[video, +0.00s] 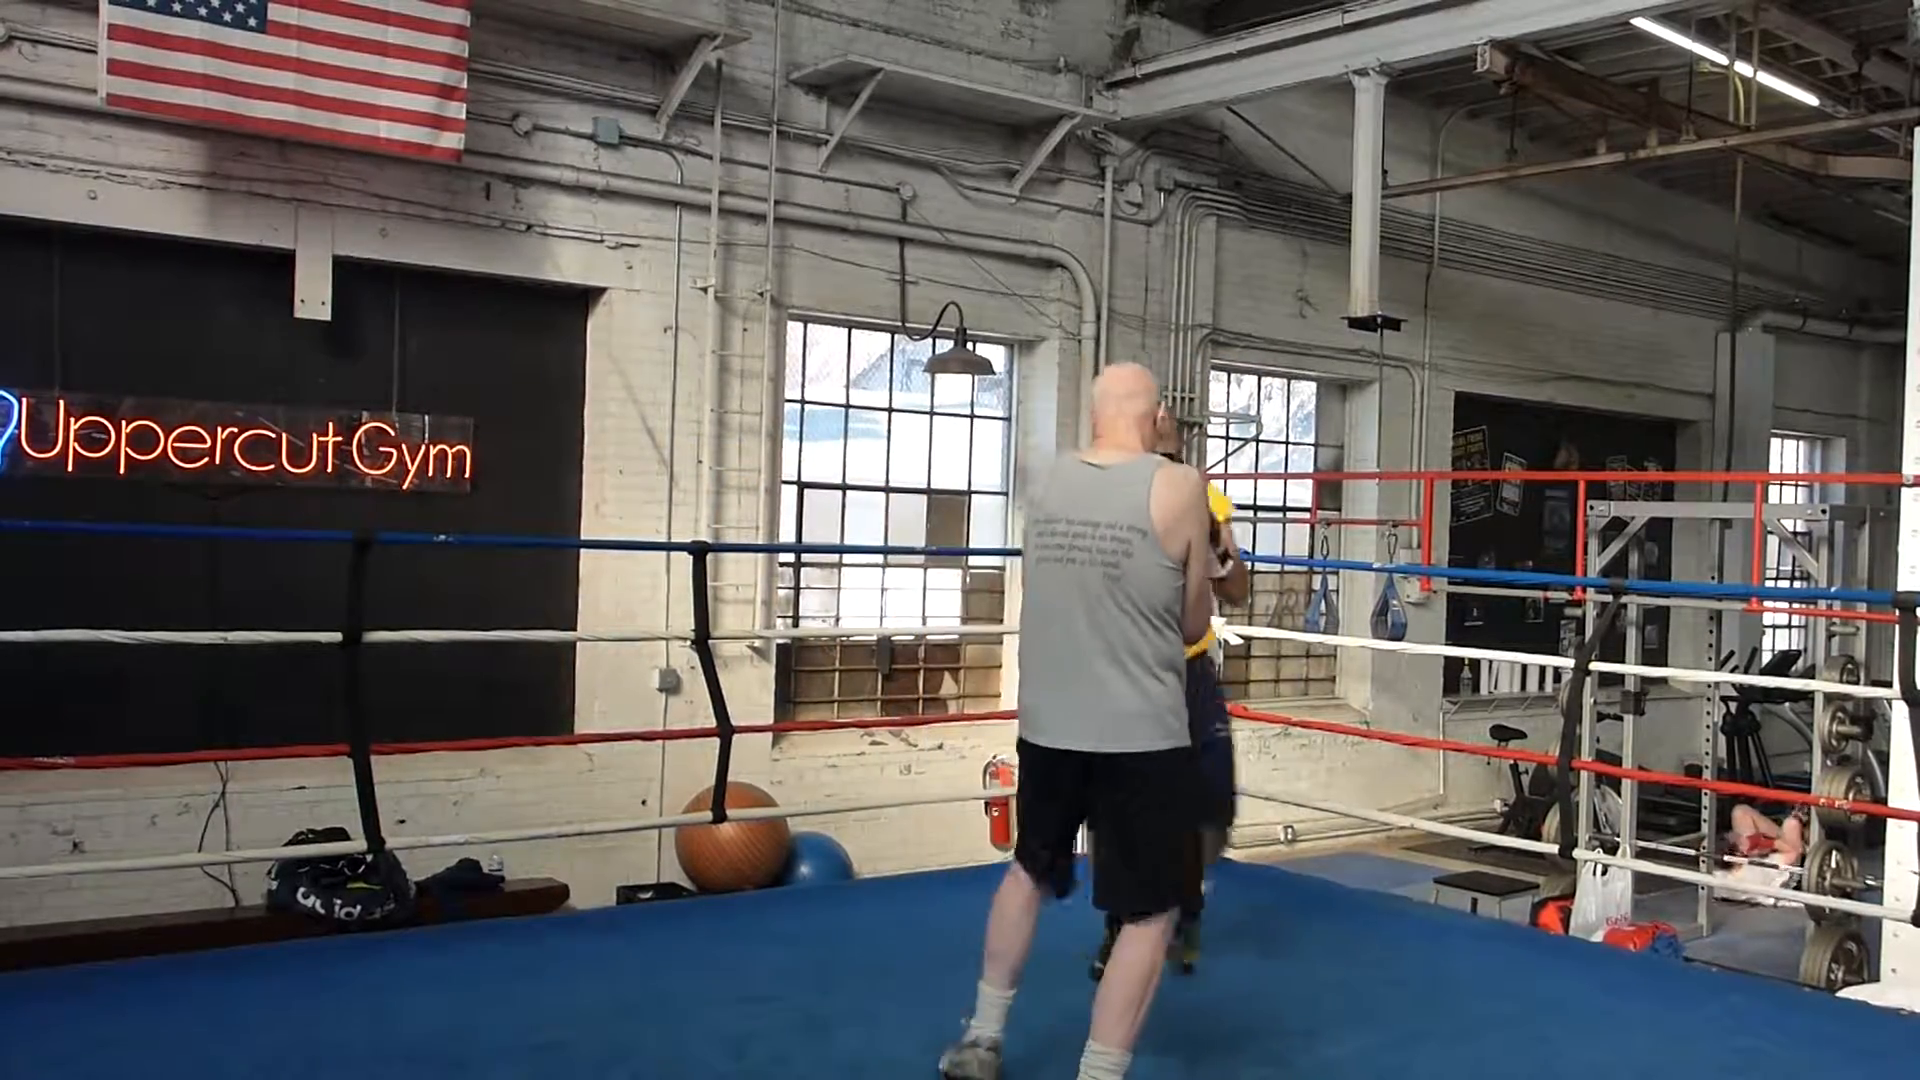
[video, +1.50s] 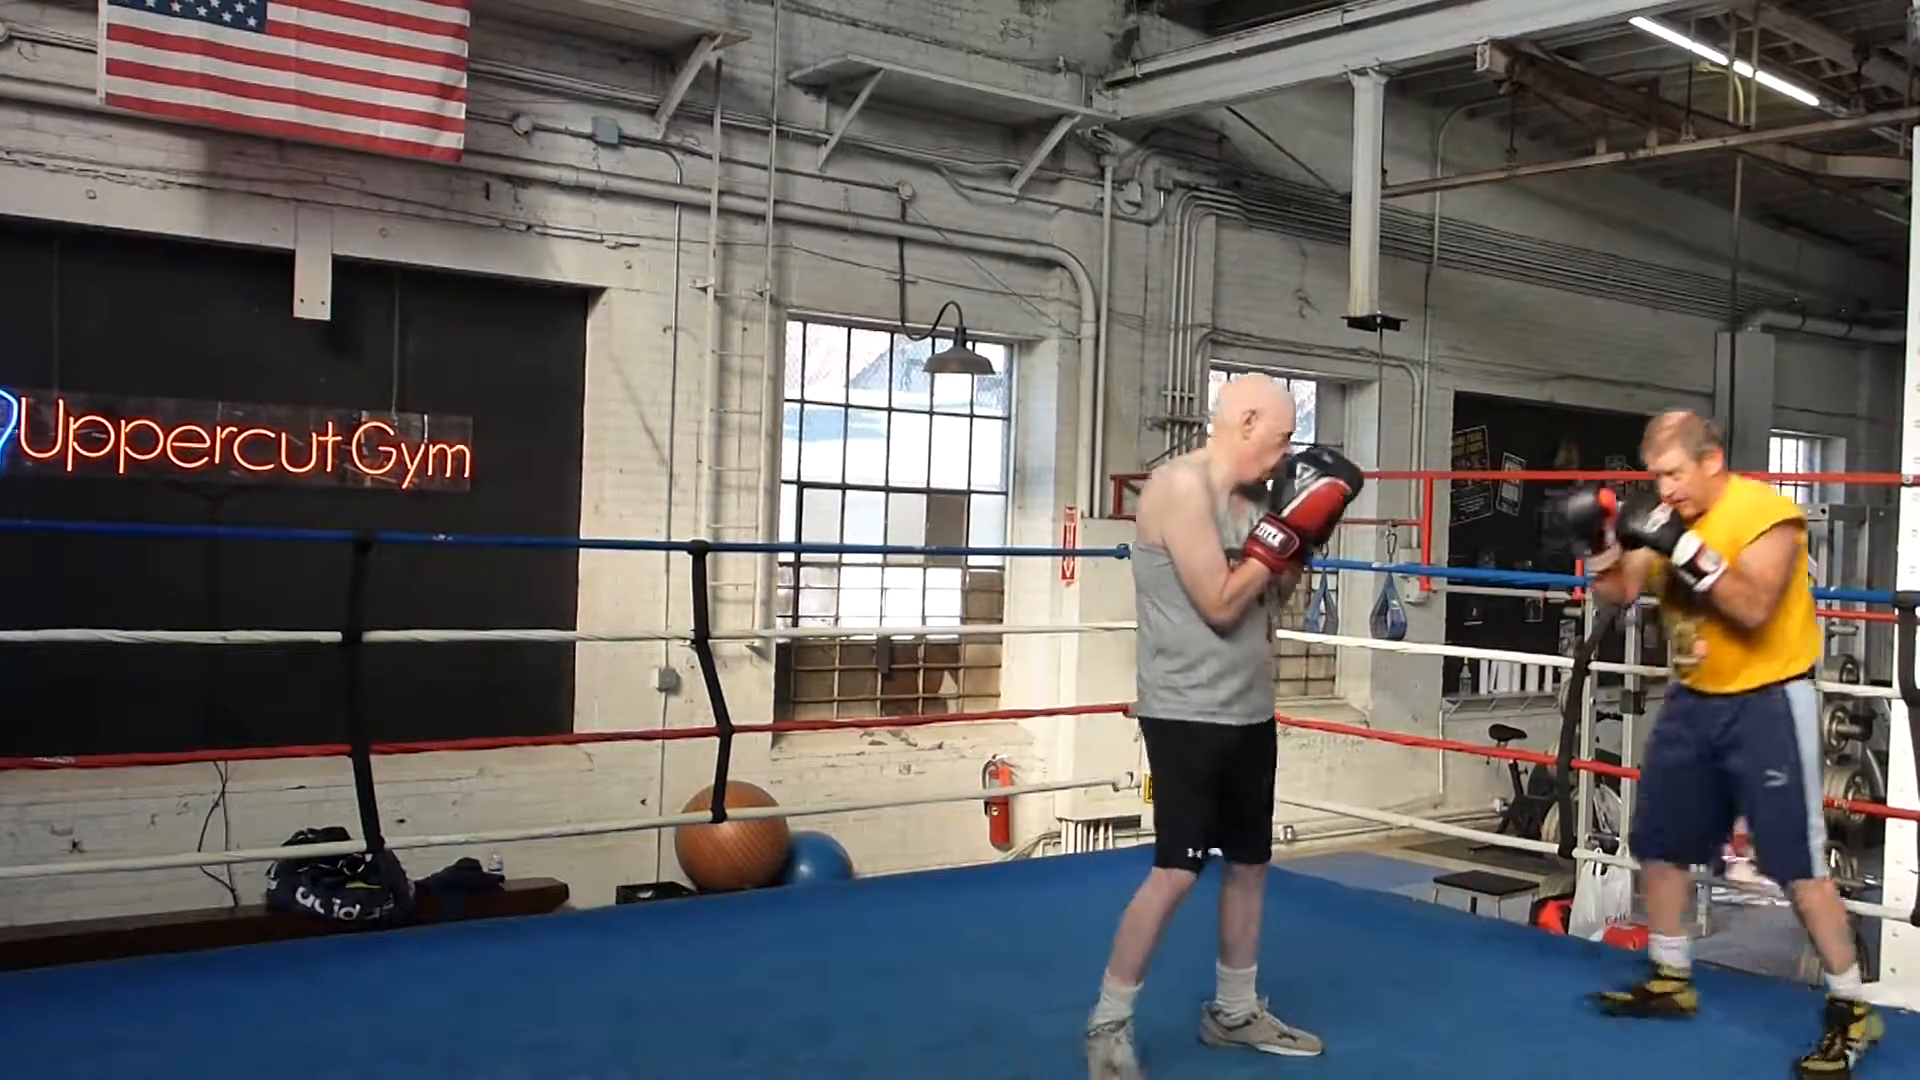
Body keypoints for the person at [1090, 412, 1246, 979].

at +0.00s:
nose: (1161, 442)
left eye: (1168, 434)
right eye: (1156, 432)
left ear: (1178, 440)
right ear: (1142, 432)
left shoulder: (1203, 497)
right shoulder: (1103, 493)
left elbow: (1236, 587)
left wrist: (1207, 553)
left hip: (1187, 664)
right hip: (1116, 665)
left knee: (1201, 801)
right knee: (1116, 809)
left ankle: (1186, 921)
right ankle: (1116, 928)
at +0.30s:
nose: (1244, 519)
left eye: (1255, 507)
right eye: (1234, 508)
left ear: (1273, 503)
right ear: (1217, 504)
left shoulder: (1303, 547)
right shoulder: (1199, 547)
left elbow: (1317, 639)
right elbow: (1184, 633)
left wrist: (1279, 599)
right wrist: (1224, 590)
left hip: (1295, 722)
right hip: (1213, 720)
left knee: (1340, 843)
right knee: (1169, 834)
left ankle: (1358, 928)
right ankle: (1141, 932)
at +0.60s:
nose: (1340, 494)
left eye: (1351, 483)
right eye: (1330, 484)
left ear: (1375, 476)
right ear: (1317, 478)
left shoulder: (1411, 525)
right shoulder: (1295, 522)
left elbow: (1429, 621)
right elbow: (1249, 592)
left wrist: (1383, 566)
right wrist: (1238, 535)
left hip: (1401, 694)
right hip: (1327, 696)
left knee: (1438, 825)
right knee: (1320, 825)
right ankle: (1352, 932)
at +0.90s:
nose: (1446, 499)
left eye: (1457, 485)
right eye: (1439, 487)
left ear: (1493, 477)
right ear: (1435, 486)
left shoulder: (1535, 525)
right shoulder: (1436, 536)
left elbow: (1534, 613)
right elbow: (1381, 602)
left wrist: (1466, 556)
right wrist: (1370, 553)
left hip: (1528, 706)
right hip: (1451, 704)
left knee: (1556, 843)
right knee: (1410, 827)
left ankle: (1588, 960)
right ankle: (1393, 941)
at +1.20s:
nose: (1549, 516)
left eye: (1559, 503)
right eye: (1540, 505)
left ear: (1594, 492)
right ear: (1534, 502)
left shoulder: (1637, 545)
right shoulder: (1536, 543)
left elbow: (1628, 644)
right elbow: (1482, 613)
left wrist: (1558, 584)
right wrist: (1474, 561)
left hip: (1634, 726)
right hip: (1562, 726)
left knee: (1677, 869)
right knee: (1529, 850)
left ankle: (1769, 992)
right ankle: (1587, 973)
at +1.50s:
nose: (1665, 489)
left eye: (1673, 475)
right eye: (1656, 478)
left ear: (1715, 460)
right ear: (1655, 477)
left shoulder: (1766, 509)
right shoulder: (1667, 521)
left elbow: (1753, 607)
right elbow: (1616, 594)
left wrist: (1684, 546)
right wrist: (1602, 544)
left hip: (1769, 703)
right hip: (1691, 703)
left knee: (1794, 859)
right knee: (1659, 841)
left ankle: (1853, 1007)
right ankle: (1670, 981)